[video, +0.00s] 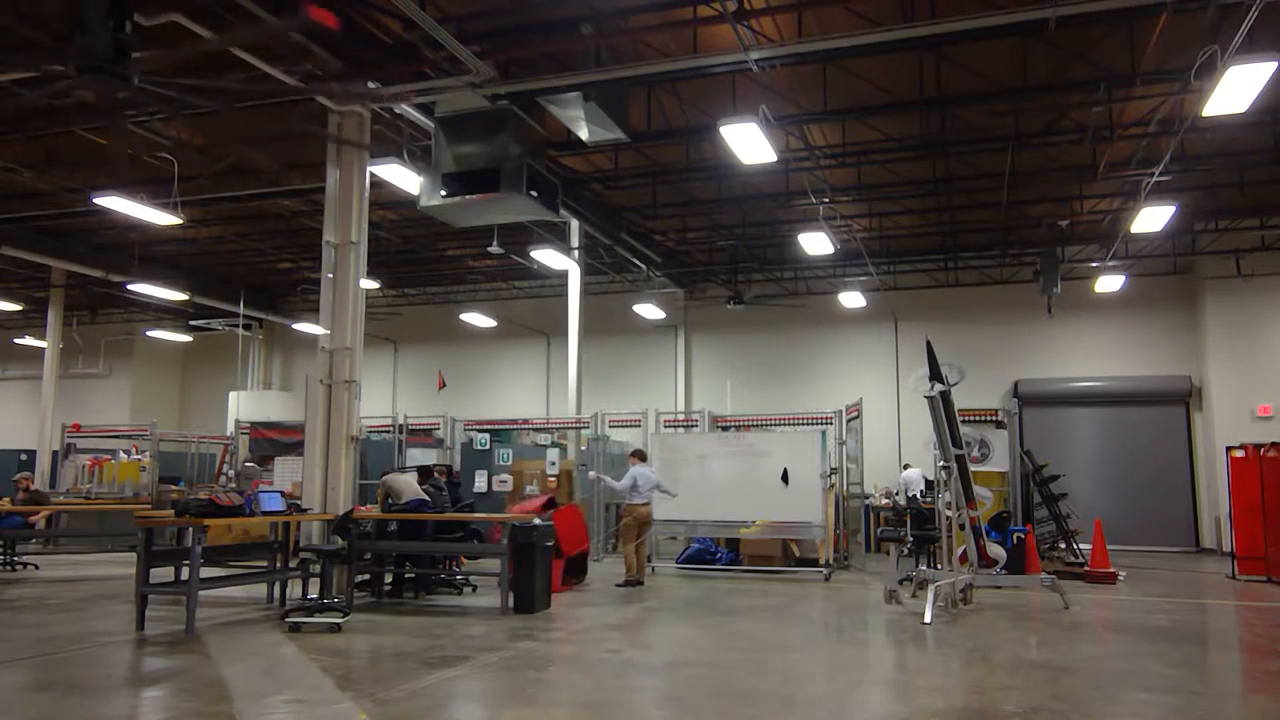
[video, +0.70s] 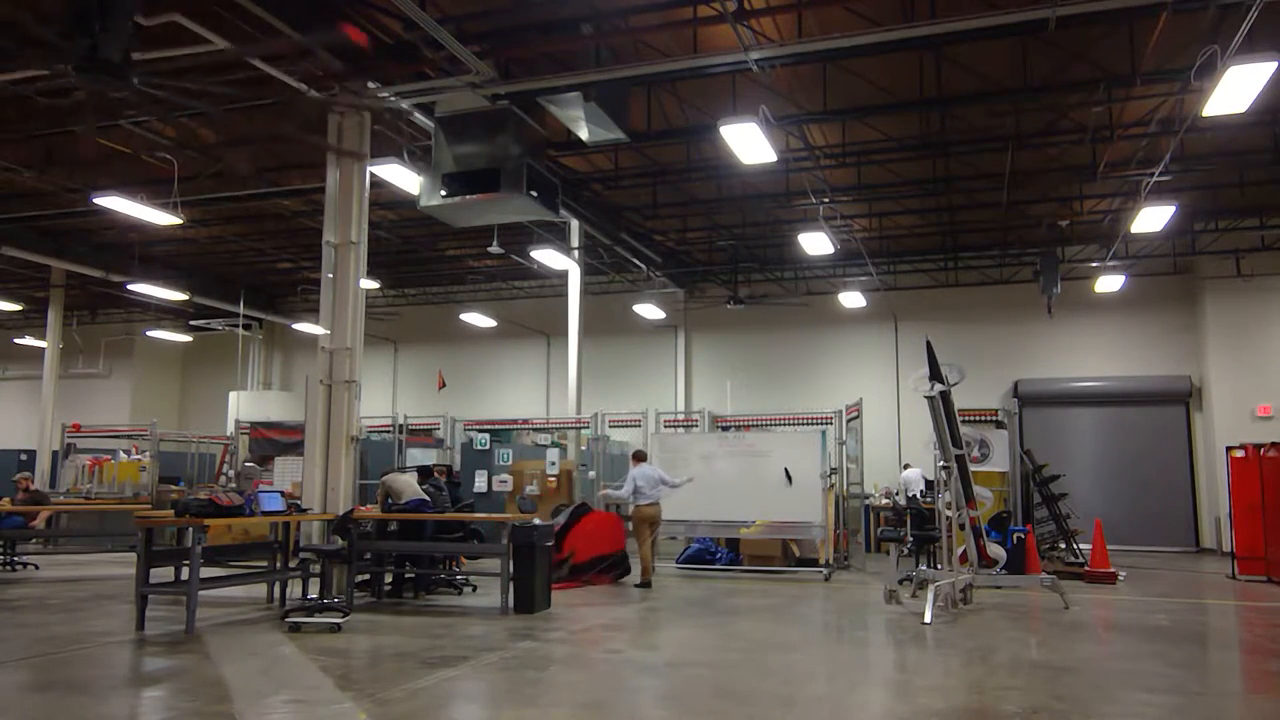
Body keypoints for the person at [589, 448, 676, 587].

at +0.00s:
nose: (629, 462)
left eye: (630, 459)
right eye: (629, 459)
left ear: (635, 459)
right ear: (642, 459)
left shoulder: (633, 471)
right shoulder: (651, 472)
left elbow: (620, 487)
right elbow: (660, 487)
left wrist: (603, 477)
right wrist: (672, 494)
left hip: (633, 507)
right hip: (647, 507)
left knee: (628, 543)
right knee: (641, 543)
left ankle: (630, 577)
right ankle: (640, 576)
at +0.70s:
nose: (631, 462)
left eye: (632, 460)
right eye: (632, 460)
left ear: (634, 460)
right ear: (645, 459)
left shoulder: (633, 473)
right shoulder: (654, 470)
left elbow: (625, 494)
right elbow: (671, 483)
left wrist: (607, 492)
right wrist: (686, 480)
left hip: (641, 508)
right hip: (655, 506)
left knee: (644, 544)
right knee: (649, 542)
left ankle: (646, 579)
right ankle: (648, 572)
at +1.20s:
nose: (652, 460)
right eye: (652, 458)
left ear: (640, 459)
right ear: (653, 459)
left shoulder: (634, 474)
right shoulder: (655, 470)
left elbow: (629, 496)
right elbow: (671, 483)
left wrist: (620, 494)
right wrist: (687, 475)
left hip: (644, 508)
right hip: (659, 506)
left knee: (648, 545)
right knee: (667, 545)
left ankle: (646, 580)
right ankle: (669, 579)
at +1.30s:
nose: (656, 461)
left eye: (656, 459)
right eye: (656, 459)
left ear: (643, 459)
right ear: (654, 459)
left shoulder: (636, 475)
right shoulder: (655, 470)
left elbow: (631, 498)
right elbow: (670, 483)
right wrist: (685, 473)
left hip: (646, 508)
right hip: (661, 507)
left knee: (649, 545)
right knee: (668, 545)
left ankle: (646, 579)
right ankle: (668, 579)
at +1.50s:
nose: (667, 460)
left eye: (667, 457)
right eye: (666, 457)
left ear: (654, 459)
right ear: (661, 458)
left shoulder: (649, 473)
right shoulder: (660, 468)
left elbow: (647, 494)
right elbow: (668, 484)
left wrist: (648, 508)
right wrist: (677, 472)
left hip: (654, 507)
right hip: (667, 507)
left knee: (653, 547)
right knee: (672, 547)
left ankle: (646, 579)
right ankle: (669, 579)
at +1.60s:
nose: (671, 460)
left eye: (671, 458)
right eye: (670, 458)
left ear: (659, 459)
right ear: (665, 458)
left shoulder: (658, 470)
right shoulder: (663, 470)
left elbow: (660, 488)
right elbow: (664, 486)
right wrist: (671, 474)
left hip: (660, 507)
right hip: (669, 507)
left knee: (659, 547)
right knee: (672, 546)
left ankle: (649, 578)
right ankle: (669, 579)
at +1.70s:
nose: (675, 461)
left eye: (675, 458)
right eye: (673, 458)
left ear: (672, 460)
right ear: (666, 459)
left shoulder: (672, 475)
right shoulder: (662, 474)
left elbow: (674, 493)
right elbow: (662, 488)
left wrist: (687, 497)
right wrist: (666, 474)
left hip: (674, 507)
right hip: (667, 507)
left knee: (670, 545)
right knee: (672, 546)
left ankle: (658, 576)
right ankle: (667, 579)